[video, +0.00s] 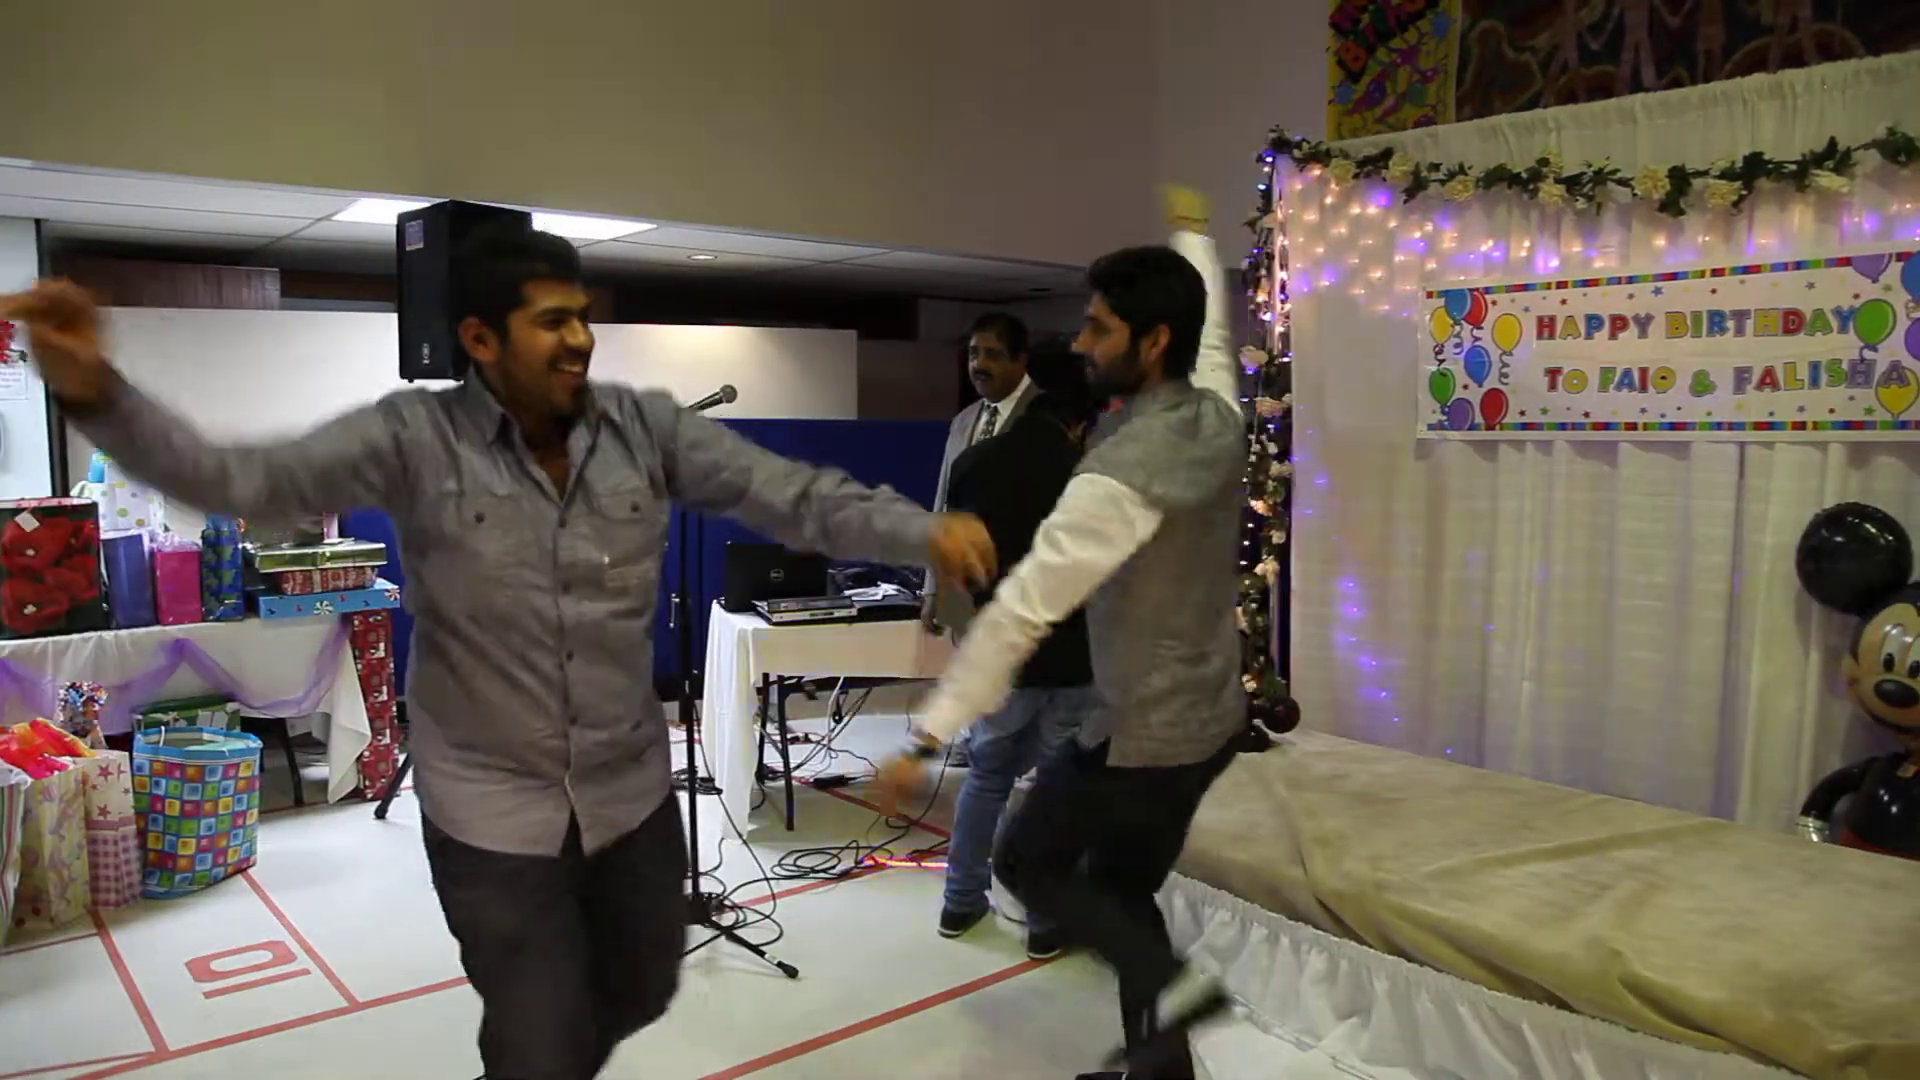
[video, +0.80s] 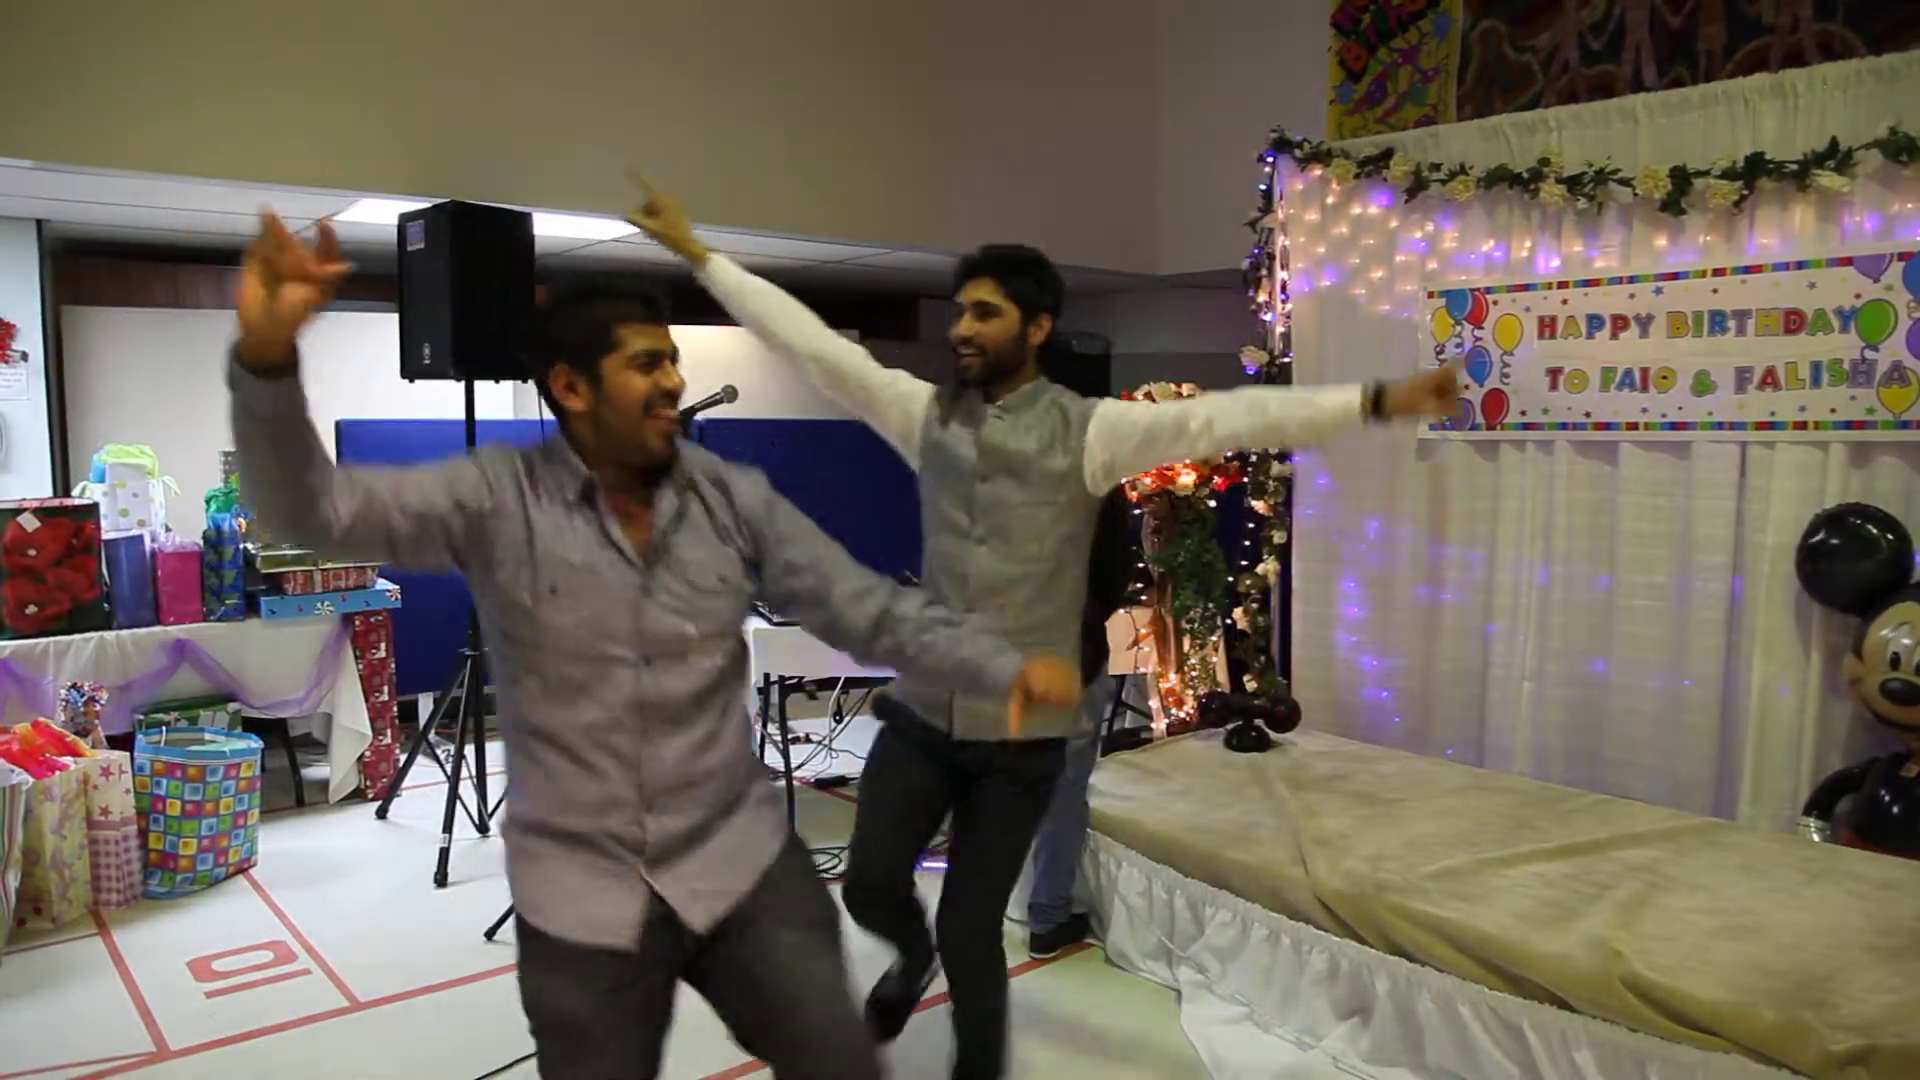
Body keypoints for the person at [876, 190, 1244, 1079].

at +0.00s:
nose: (1083, 339)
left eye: (1100, 327)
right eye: (1088, 323)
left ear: (1154, 341)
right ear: (1171, 343)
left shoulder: (1124, 466)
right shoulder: (1214, 419)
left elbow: (1028, 602)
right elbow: (1205, 341)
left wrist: (927, 739)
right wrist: (1196, 243)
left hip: (1158, 725)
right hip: (1210, 710)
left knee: (1028, 860)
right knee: (1123, 888)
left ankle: (1171, 978)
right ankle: (1154, 1053)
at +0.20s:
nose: (1062, 338)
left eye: (1080, 325)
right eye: (1064, 322)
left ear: (1133, 339)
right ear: (1127, 337)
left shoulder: (1118, 472)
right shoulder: (1161, 401)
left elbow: (1094, 640)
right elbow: (1091, 299)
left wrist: (1067, 799)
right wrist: (1046, 220)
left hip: (1127, 724)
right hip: (1165, 701)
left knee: (1028, 872)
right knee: (1104, 883)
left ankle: (1134, 998)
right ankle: (1152, 1046)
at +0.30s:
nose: (1055, 348)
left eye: (1072, 337)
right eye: (1056, 334)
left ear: (1126, 352)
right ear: (1069, 346)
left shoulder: (1120, 490)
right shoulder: (1106, 415)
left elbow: (1134, 647)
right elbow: (1041, 328)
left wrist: (1147, 803)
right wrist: (981, 232)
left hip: (1081, 739)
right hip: (1095, 726)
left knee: (986, 883)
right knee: (1088, 907)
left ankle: (1059, 1049)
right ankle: (1162, 1065)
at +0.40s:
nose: (1035, 338)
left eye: (1054, 325)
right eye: (1034, 323)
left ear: (1108, 337)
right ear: (1040, 331)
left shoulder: (1124, 462)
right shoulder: (1050, 399)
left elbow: (1170, 595)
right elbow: (982, 328)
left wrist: (1239, 745)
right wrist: (909, 235)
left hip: (1071, 727)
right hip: (1075, 714)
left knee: (977, 896)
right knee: (1080, 897)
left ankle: (1011, 1062)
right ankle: (1159, 1060)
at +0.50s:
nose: (1012, 333)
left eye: (1033, 318)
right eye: (1014, 316)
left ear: (1091, 329)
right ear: (1024, 326)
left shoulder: (1118, 440)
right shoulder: (1014, 400)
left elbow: (1200, 546)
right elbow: (929, 326)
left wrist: (1316, 655)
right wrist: (838, 243)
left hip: (1071, 721)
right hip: (1006, 704)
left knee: (980, 915)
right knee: (990, 892)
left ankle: (993, 1070)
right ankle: (1131, 1010)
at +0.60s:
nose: (990, 342)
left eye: (1014, 330)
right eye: (991, 327)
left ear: (1071, 349)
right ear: (992, 335)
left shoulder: (1116, 457)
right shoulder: (984, 427)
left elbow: (1224, 505)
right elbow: (889, 357)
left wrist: (1364, 556)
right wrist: (788, 265)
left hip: (1053, 744)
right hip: (975, 724)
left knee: (961, 926)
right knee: (898, 886)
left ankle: (995, 1074)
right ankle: (1045, 922)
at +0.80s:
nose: (963, 329)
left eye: (984, 313)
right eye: (958, 313)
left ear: (1039, 325)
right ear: (957, 325)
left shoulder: (1087, 431)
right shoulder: (927, 414)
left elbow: (1220, 419)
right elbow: (811, 344)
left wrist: (1375, 402)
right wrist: (694, 250)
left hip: (1026, 731)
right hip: (923, 709)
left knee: (966, 929)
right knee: (867, 886)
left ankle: (981, 1071)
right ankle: (914, 960)